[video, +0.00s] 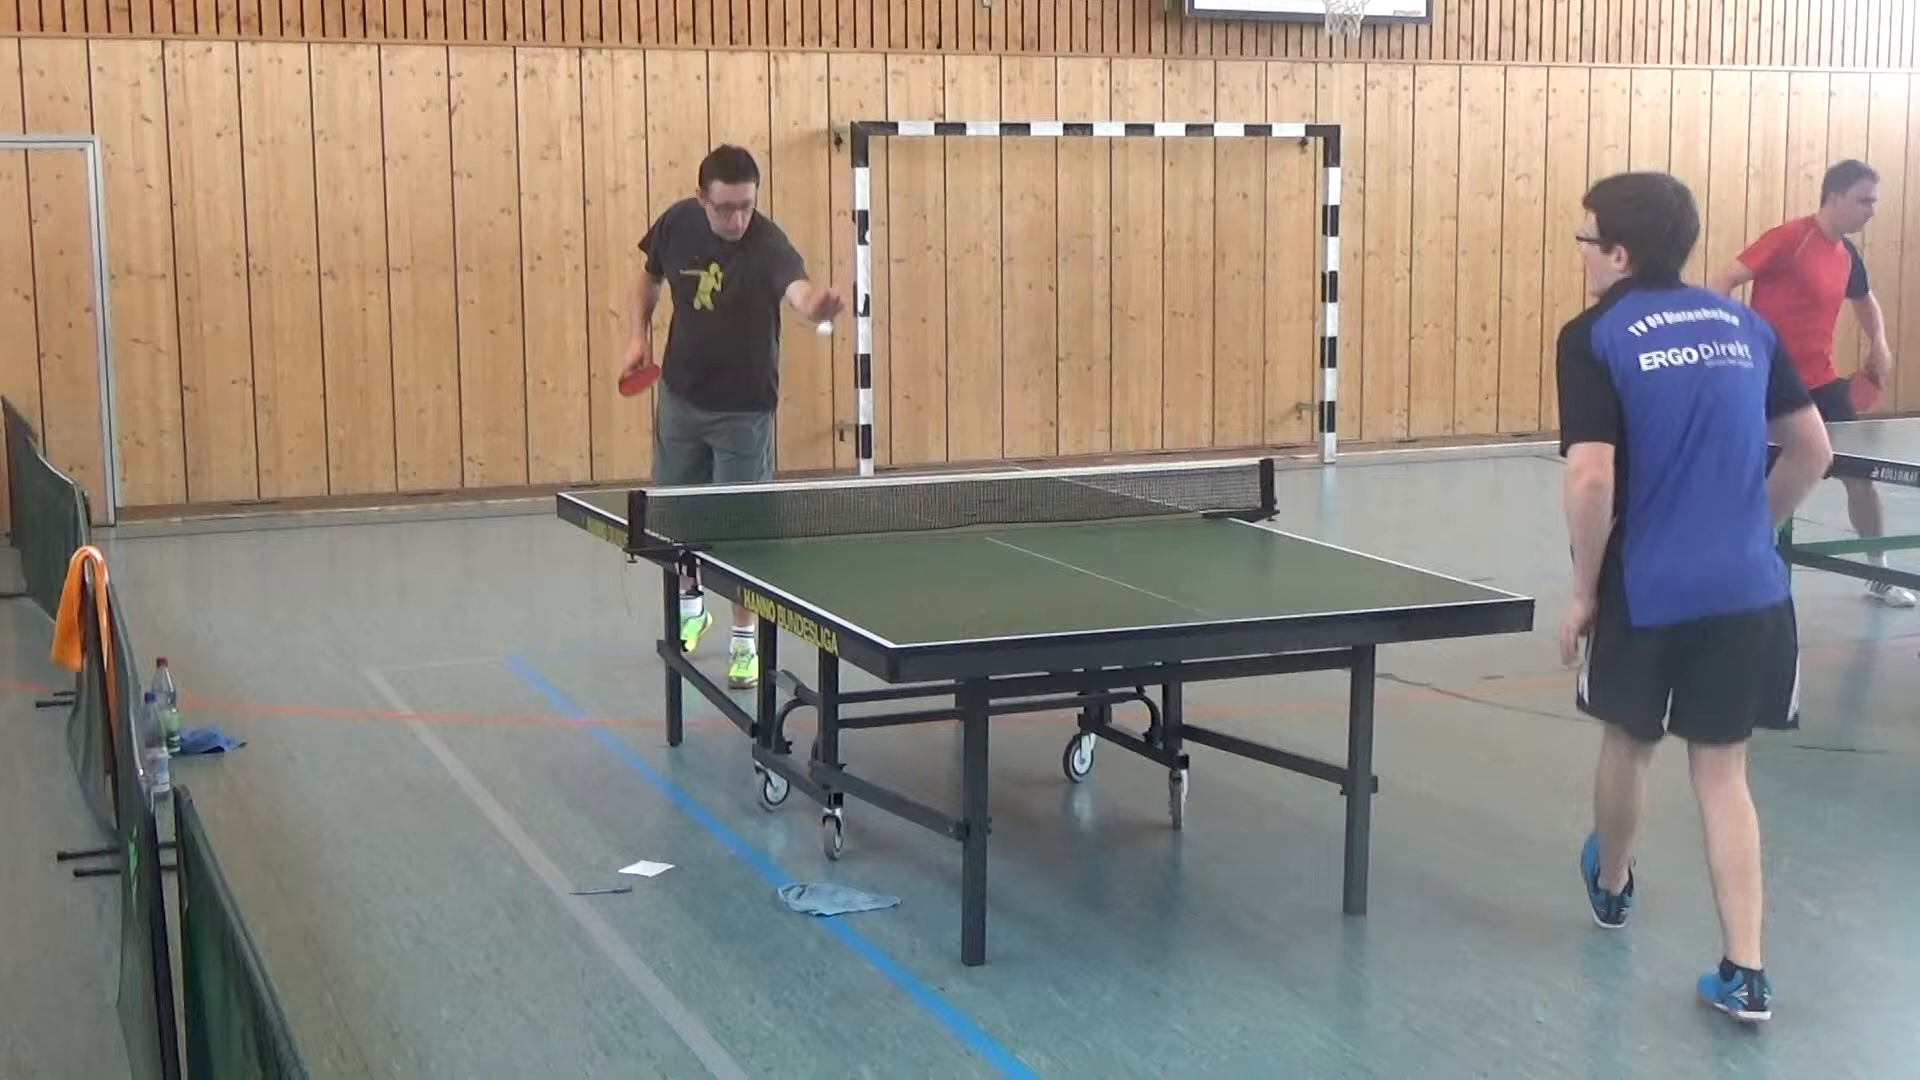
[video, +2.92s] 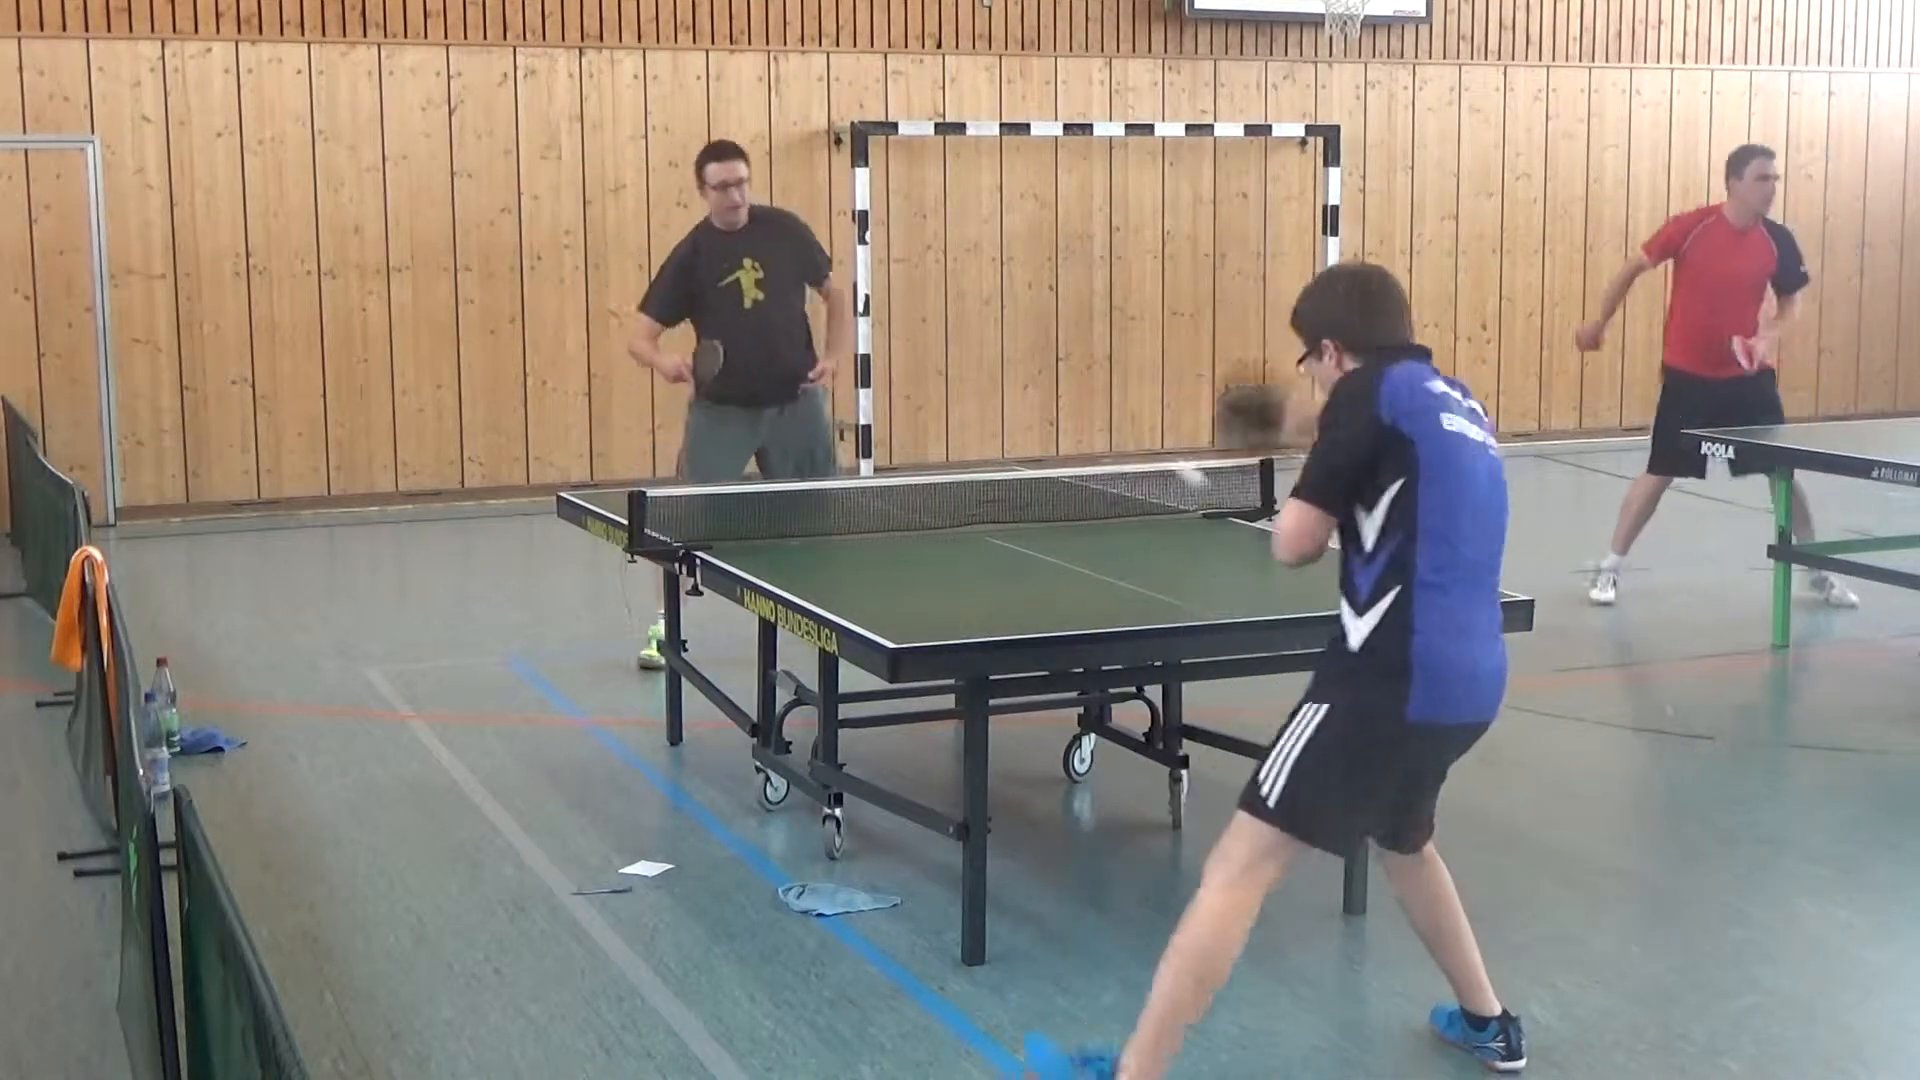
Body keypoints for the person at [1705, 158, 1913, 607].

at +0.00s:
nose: (1871, 211)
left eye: (1874, 202)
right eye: (1865, 201)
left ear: (1846, 202)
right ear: (1834, 198)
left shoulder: (1846, 253)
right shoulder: (1787, 238)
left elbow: (1864, 302)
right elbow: (1720, 280)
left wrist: (1879, 344)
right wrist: (1721, 347)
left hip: (1825, 384)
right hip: (1775, 388)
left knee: (1859, 473)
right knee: (1770, 482)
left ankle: (1879, 573)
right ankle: (1750, 571)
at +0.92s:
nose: (1876, 194)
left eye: (1878, 186)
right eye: (1868, 185)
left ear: (1870, 190)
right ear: (1837, 185)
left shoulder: (1876, 245)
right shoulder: (1789, 233)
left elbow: (1860, 304)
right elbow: (1742, 284)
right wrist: (1721, 335)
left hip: (1846, 376)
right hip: (1786, 376)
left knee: (1867, 474)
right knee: (1768, 469)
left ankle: (1879, 574)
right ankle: (1753, 568)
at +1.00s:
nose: (1864, 189)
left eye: (1866, 181)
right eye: (1854, 181)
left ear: (1866, 185)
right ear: (1827, 183)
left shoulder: (1877, 235)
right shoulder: (1786, 230)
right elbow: (1747, 283)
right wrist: (1723, 328)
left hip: (1847, 375)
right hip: (1785, 372)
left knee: (1866, 474)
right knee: (1761, 465)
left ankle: (1880, 573)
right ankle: (1740, 557)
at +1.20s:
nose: (1827, 182)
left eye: (1832, 174)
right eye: (1817, 174)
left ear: (1838, 179)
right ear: (1794, 180)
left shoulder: (1856, 231)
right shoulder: (1767, 230)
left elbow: (1909, 259)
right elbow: (1746, 281)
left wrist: (1909, 252)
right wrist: (1727, 333)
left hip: (1837, 379)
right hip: (1774, 375)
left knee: (1858, 475)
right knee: (1733, 470)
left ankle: (1881, 570)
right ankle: (1684, 556)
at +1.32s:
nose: (1801, 184)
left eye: (1807, 176)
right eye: (1791, 176)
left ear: (1815, 182)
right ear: (1771, 183)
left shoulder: (1834, 235)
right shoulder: (1744, 234)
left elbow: (1889, 287)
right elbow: (1728, 281)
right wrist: (1722, 324)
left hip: (1820, 384)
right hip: (1755, 382)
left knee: (1849, 476)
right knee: (1720, 473)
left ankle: (1880, 570)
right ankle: (1690, 562)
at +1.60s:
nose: (1784, 165)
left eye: (1790, 158)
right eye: (1774, 157)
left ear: (1798, 164)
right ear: (1753, 163)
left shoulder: (1816, 218)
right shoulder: (1720, 216)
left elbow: (1850, 282)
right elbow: (1688, 271)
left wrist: (1820, 316)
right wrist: (1662, 332)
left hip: (1799, 367)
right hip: (1734, 365)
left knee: (1824, 467)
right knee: (1701, 463)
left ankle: (1842, 567)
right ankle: (1660, 552)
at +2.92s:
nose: (1773, 188)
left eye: (1776, 180)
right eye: (1764, 179)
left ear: (1771, 185)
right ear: (1734, 183)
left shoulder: (1777, 241)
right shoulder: (1688, 227)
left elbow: (1790, 301)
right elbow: (1633, 268)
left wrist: (1771, 335)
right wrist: (1599, 323)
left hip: (1750, 380)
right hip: (1689, 380)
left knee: (1783, 474)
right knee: (1659, 473)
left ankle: (1817, 570)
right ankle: (1610, 567)